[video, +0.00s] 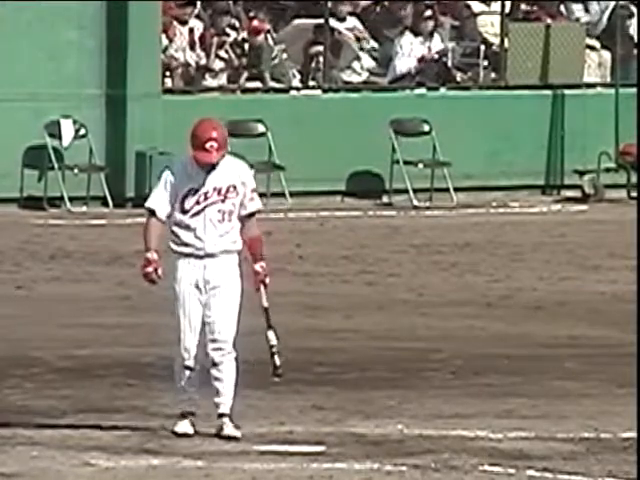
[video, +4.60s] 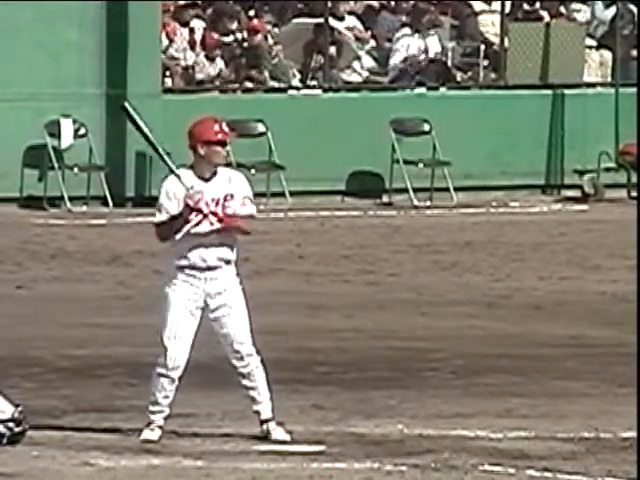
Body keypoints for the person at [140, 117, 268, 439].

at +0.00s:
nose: (206, 161)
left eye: (212, 156)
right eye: (202, 155)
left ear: (223, 149)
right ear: (192, 148)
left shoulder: (239, 171)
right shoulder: (177, 172)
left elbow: (249, 220)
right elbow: (156, 215)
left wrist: (258, 260)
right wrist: (152, 252)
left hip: (225, 263)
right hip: (187, 264)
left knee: (221, 341)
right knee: (189, 343)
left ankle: (224, 415)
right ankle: (186, 413)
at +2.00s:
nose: (201, 171)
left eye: (205, 165)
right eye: (195, 166)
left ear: (211, 159)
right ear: (180, 162)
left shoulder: (224, 183)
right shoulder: (158, 182)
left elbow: (233, 234)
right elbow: (142, 226)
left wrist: (240, 276)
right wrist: (139, 262)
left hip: (209, 275)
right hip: (168, 275)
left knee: (212, 350)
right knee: (166, 351)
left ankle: (211, 417)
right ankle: (154, 420)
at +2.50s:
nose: (195, 170)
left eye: (198, 164)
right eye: (188, 166)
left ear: (202, 157)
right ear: (172, 162)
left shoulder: (215, 180)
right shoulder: (151, 186)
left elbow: (229, 229)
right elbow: (134, 227)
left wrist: (239, 272)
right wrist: (132, 267)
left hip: (211, 275)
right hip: (170, 278)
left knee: (230, 345)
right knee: (164, 354)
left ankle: (257, 413)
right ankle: (154, 422)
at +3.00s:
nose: (230, 168)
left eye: (232, 163)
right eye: (225, 163)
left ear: (233, 160)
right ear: (209, 160)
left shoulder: (242, 187)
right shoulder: (180, 187)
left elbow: (253, 237)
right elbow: (161, 232)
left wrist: (264, 272)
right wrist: (178, 267)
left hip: (227, 279)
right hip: (188, 279)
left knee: (243, 351)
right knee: (171, 355)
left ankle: (268, 421)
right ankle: (155, 421)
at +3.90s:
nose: (218, 152)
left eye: (219, 146)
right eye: (211, 147)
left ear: (218, 149)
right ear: (193, 151)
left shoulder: (229, 184)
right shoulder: (167, 185)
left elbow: (232, 236)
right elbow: (147, 228)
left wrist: (221, 273)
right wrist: (161, 268)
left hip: (218, 277)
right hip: (178, 279)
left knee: (239, 350)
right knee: (167, 357)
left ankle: (267, 419)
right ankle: (154, 421)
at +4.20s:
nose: (222, 150)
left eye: (223, 145)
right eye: (215, 146)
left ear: (222, 147)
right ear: (196, 149)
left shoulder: (233, 183)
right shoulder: (169, 182)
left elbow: (227, 232)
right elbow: (154, 224)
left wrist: (193, 253)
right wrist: (162, 244)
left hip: (221, 277)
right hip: (184, 280)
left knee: (241, 351)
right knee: (169, 357)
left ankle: (267, 421)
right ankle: (154, 421)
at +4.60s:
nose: (225, 150)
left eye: (225, 144)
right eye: (218, 145)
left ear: (223, 147)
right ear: (199, 148)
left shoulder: (235, 180)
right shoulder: (175, 183)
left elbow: (248, 225)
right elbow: (162, 233)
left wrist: (221, 217)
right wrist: (187, 212)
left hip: (224, 276)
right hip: (186, 277)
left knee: (243, 351)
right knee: (173, 356)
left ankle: (268, 421)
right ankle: (155, 421)